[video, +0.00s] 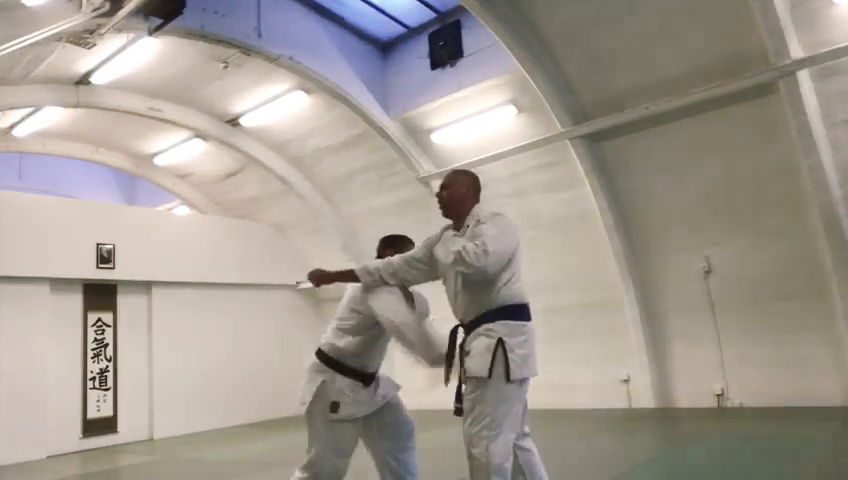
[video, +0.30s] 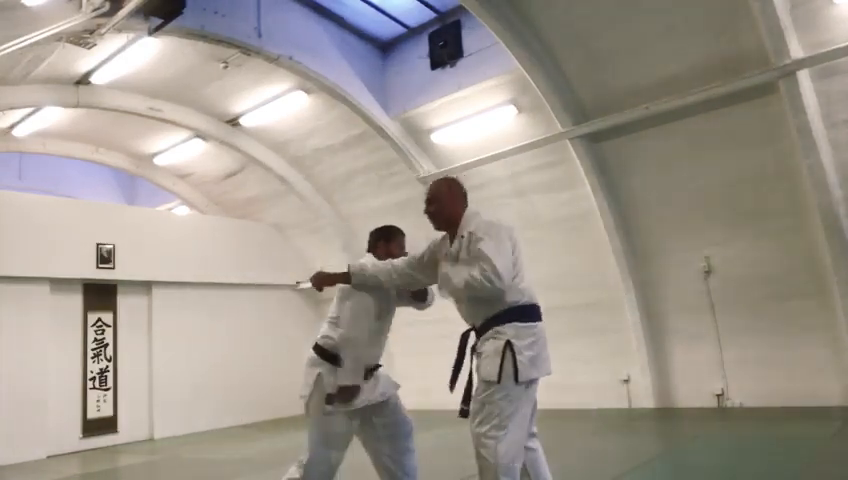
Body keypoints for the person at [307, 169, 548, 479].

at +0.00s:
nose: (438, 195)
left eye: (445, 189)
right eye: (439, 190)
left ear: (469, 192)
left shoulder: (497, 225)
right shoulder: (443, 239)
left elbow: (483, 260)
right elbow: (400, 267)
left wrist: (444, 245)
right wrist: (335, 276)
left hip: (503, 337)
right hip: (480, 338)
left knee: (484, 438)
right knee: (514, 436)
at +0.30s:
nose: (426, 210)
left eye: (432, 202)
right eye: (426, 203)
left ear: (456, 200)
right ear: (443, 204)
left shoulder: (489, 231)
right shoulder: (442, 247)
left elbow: (493, 281)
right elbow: (402, 271)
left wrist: (442, 276)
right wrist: (340, 277)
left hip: (512, 339)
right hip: (495, 341)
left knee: (490, 435)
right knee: (520, 437)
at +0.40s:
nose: (416, 227)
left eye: (420, 218)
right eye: (415, 221)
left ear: (442, 212)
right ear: (438, 214)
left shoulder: (477, 238)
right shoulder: (440, 257)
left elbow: (496, 295)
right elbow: (403, 285)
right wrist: (346, 286)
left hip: (516, 340)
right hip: (501, 342)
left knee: (488, 435)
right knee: (520, 441)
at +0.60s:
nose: (404, 277)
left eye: (403, 268)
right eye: (399, 271)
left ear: (416, 252)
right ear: (418, 249)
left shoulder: (464, 259)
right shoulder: (437, 273)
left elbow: (502, 320)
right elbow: (444, 324)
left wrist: (481, 354)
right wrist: (427, 353)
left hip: (524, 342)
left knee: (491, 437)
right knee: (521, 440)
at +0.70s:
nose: (399, 295)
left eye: (397, 287)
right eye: (393, 290)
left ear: (409, 270)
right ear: (410, 266)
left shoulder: (456, 270)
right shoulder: (436, 285)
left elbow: (505, 325)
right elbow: (462, 337)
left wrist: (480, 361)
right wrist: (476, 368)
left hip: (526, 342)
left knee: (496, 438)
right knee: (521, 437)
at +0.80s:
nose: (396, 309)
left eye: (394, 302)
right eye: (390, 305)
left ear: (404, 286)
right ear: (406, 281)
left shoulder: (450, 282)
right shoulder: (429, 290)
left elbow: (507, 328)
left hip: (527, 343)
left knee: (499, 441)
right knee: (522, 440)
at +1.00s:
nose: (391, 337)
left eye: (385, 329)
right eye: (383, 333)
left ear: (394, 307)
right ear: (395, 304)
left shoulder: (438, 299)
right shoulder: (426, 306)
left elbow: (504, 336)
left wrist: (497, 374)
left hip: (527, 338)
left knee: (498, 439)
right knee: (528, 434)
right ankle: (543, 477)